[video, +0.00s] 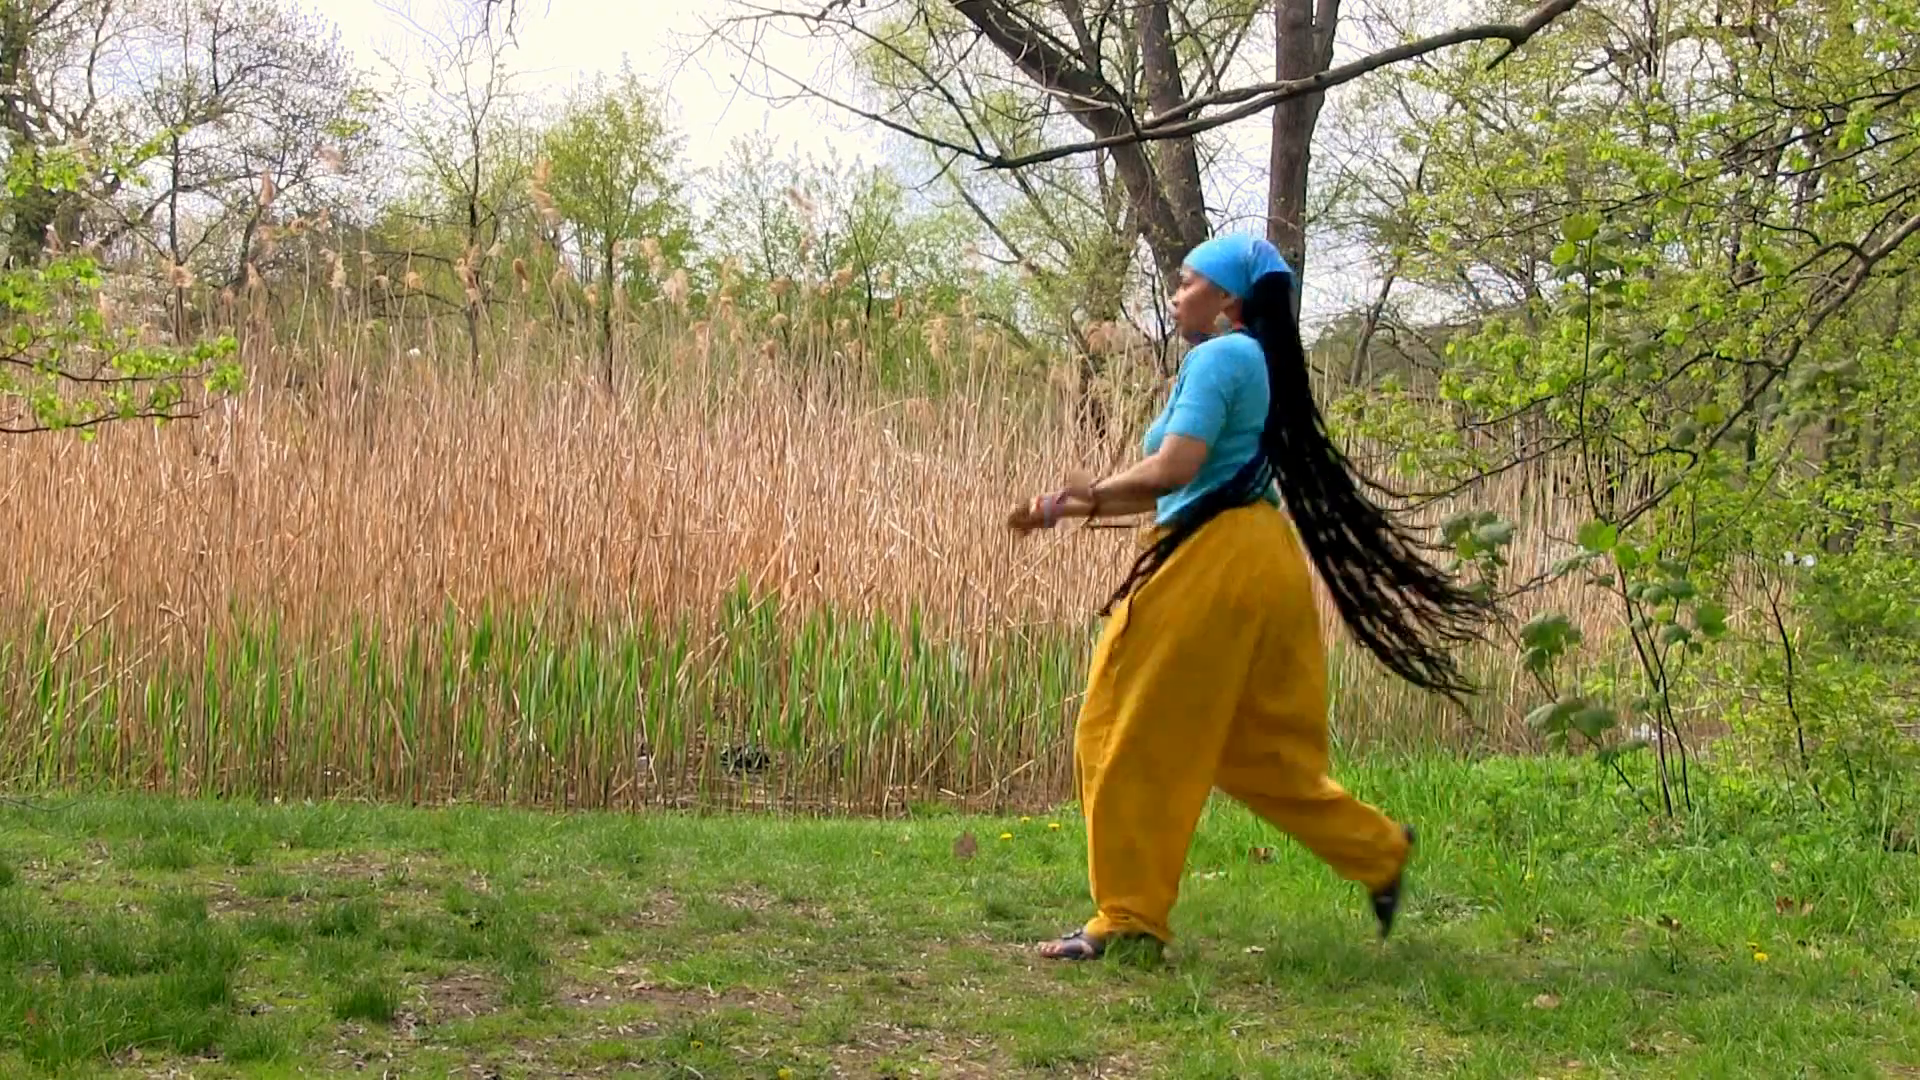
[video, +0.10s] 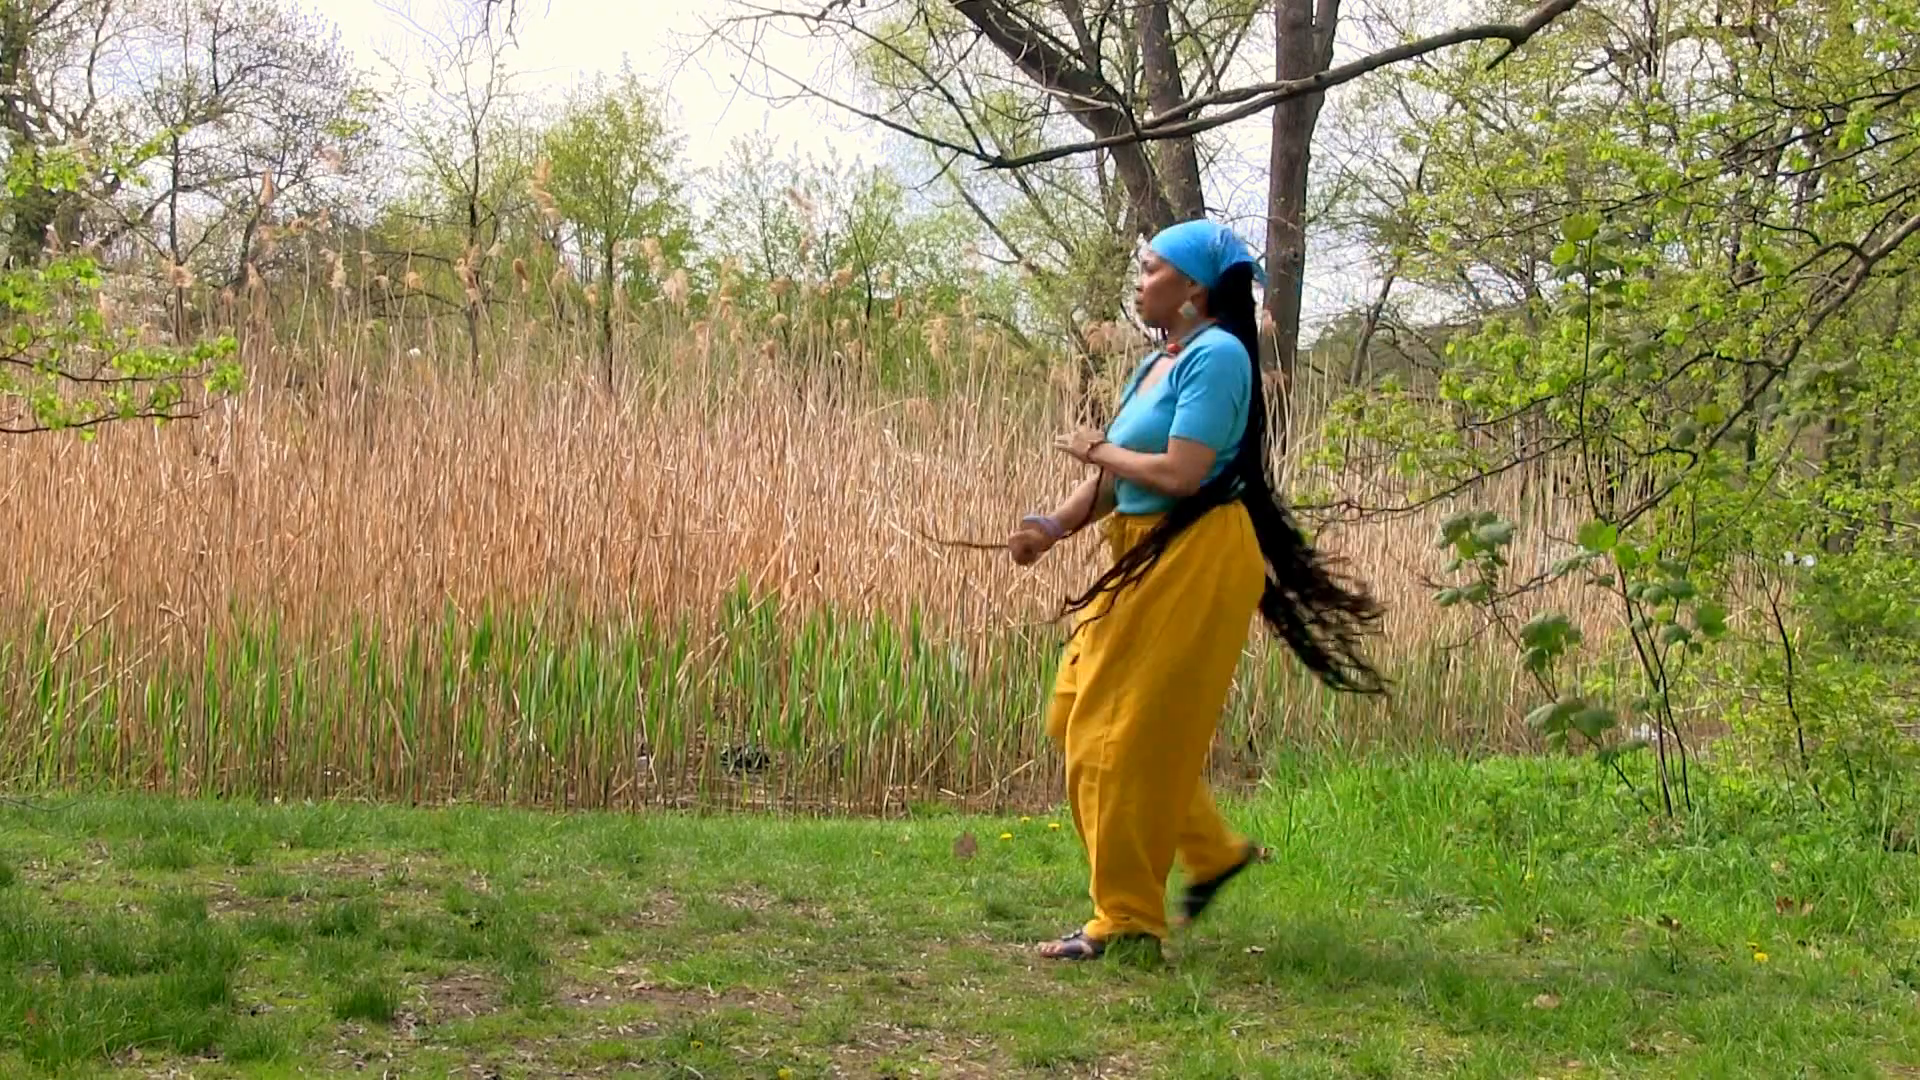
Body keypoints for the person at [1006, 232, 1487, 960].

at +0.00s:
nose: (1176, 295)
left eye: (1189, 284)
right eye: (1182, 280)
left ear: (1227, 300)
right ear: (1231, 301)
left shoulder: (1216, 360)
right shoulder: (1247, 361)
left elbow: (1173, 467)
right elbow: (1171, 477)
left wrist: (1084, 494)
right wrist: (1085, 503)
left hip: (1216, 557)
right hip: (1269, 552)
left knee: (1126, 728)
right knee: (1245, 743)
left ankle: (1128, 917)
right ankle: (1378, 851)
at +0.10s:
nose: (1139, 280)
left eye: (1154, 269)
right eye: (1144, 267)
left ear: (1195, 286)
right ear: (1183, 286)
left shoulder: (1218, 353)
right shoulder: (1161, 357)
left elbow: (1183, 474)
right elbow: (1118, 468)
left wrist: (1104, 453)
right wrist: (1055, 526)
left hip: (1200, 554)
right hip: (1150, 551)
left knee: (1126, 729)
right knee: (1075, 713)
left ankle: (1127, 919)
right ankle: (1213, 850)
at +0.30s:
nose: (1161, 249)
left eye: (1170, 239)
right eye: (1145, 235)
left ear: (1178, 255)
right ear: (1102, 246)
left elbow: (1229, 440)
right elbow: (1017, 435)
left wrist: (1164, 465)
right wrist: (1042, 522)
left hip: (1145, 528)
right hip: (1043, 513)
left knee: (1130, 721)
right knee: (998, 702)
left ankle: (1113, 912)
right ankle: (979, 887)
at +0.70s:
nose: (1069, 259)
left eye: (1065, 245)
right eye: (1055, 246)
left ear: (1008, 261)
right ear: (1011, 258)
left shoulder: (969, 323)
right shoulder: (991, 324)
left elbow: (923, 409)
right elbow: (1041, 396)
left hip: (928, 505)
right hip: (984, 517)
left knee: (907, 695)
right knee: (1002, 716)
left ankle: (773, 817)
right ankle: (969, 916)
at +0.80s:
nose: (1021, 256)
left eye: (1016, 243)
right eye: (1009, 245)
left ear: (961, 262)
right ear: (970, 260)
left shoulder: (931, 322)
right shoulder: (973, 323)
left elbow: (1014, 407)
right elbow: (1086, 354)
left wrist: (1080, 364)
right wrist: (1162, 284)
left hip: (888, 505)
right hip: (955, 517)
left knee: (858, 685)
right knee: (997, 710)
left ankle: (746, 855)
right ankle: (970, 914)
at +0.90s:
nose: (982, 275)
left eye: (977, 262)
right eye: (970, 263)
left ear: (911, 277)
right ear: (933, 275)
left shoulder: (883, 337)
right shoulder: (945, 335)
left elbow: (967, 403)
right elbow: (1064, 347)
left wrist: (1015, 345)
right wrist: (1097, 290)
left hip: (850, 528)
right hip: (926, 532)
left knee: (804, 701)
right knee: (997, 716)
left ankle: (722, 877)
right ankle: (972, 915)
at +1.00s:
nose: (958, 289)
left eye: (953, 275)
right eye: (945, 277)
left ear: (892, 293)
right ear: (906, 289)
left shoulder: (867, 350)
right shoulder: (924, 346)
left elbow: (950, 431)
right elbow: (1032, 369)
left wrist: (999, 371)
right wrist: (1042, 320)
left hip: (833, 539)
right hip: (898, 541)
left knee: (788, 700)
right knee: (1000, 714)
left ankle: (716, 886)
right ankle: (971, 913)